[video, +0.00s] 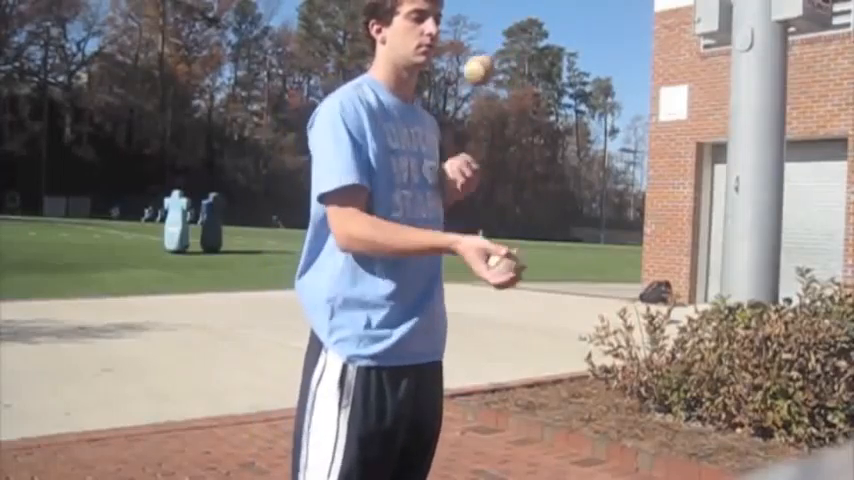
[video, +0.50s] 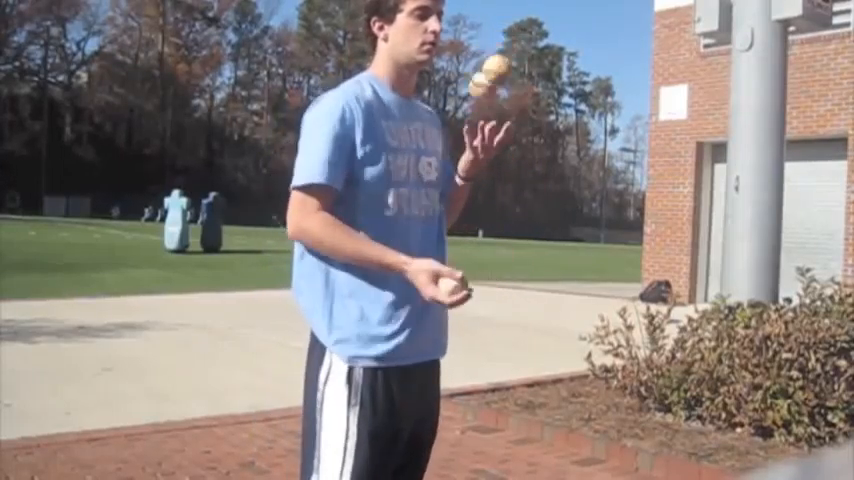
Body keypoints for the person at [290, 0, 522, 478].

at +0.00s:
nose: (433, 30)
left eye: (436, 20)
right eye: (417, 17)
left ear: (439, 30)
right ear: (378, 29)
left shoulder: (426, 123)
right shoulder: (344, 109)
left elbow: (418, 212)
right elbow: (349, 229)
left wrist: (448, 187)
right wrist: (456, 243)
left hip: (421, 355)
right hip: (355, 356)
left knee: (407, 471)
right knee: (335, 471)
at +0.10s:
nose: (431, 29)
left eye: (435, 18)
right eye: (417, 16)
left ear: (438, 29)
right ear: (378, 29)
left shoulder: (430, 124)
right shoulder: (340, 107)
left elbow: (415, 216)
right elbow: (361, 223)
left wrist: (455, 231)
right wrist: (466, 196)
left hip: (421, 350)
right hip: (355, 352)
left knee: (408, 470)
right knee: (340, 470)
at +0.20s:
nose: (432, 28)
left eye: (435, 18)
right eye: (416, 15)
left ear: (438, 30)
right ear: (376, 28)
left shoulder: (435, 123)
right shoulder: (335, 106)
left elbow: (428, 228)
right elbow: (338, 222)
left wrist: (459, 269)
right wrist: (439, 177)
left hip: (423, 349)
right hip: (355, 351)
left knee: (409, 471)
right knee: (345, 471)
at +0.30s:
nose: (433, 28)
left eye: (436, 18)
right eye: (417, 15)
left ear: (437, 31)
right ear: (377, 28)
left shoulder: (437, 124)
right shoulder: (334, 106)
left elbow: (440, 224)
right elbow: (295, 215)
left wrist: (468, 250)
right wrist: (403, 194)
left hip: (423, 350)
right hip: (356, 351)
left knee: (410, 470)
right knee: (349, 471)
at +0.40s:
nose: (435, 27)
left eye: (438, 17)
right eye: (421, 15)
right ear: (380, 27)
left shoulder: (436, 124)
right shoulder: (336, 107)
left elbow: (451, 226)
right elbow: (279, 208)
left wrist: (476, 201)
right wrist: (381, 238)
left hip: (423, 348)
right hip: (356, 350)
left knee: (409, 470)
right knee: (351, 471)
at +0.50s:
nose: (436, 28)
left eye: (439, 17)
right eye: (421, 14)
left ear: (440, 29)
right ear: (381, 27)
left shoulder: (431, 121)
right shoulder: (340, 109)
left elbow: (436, 221)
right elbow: (303, 220)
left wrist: (467, 171)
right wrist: (407, 265)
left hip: (421, 350)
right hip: (356, 353)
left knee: (405, 471)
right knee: (345, 471)